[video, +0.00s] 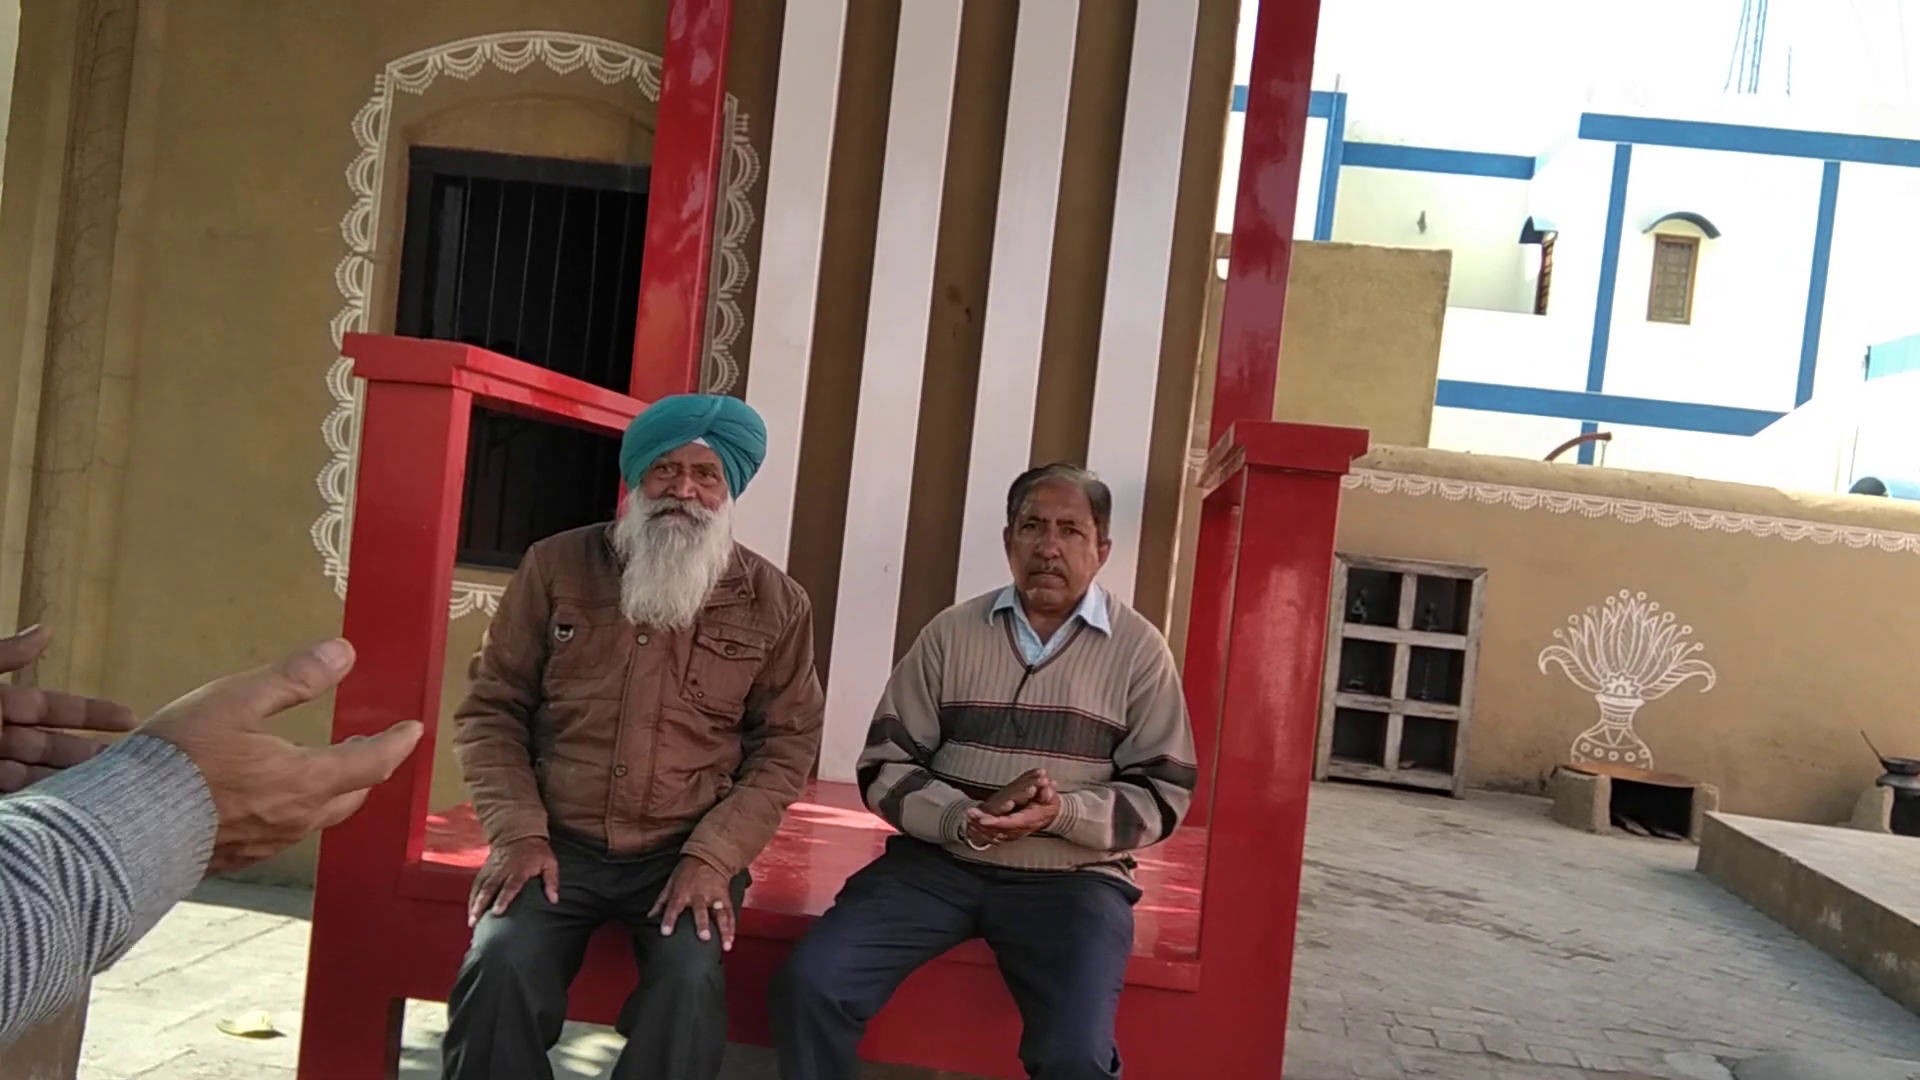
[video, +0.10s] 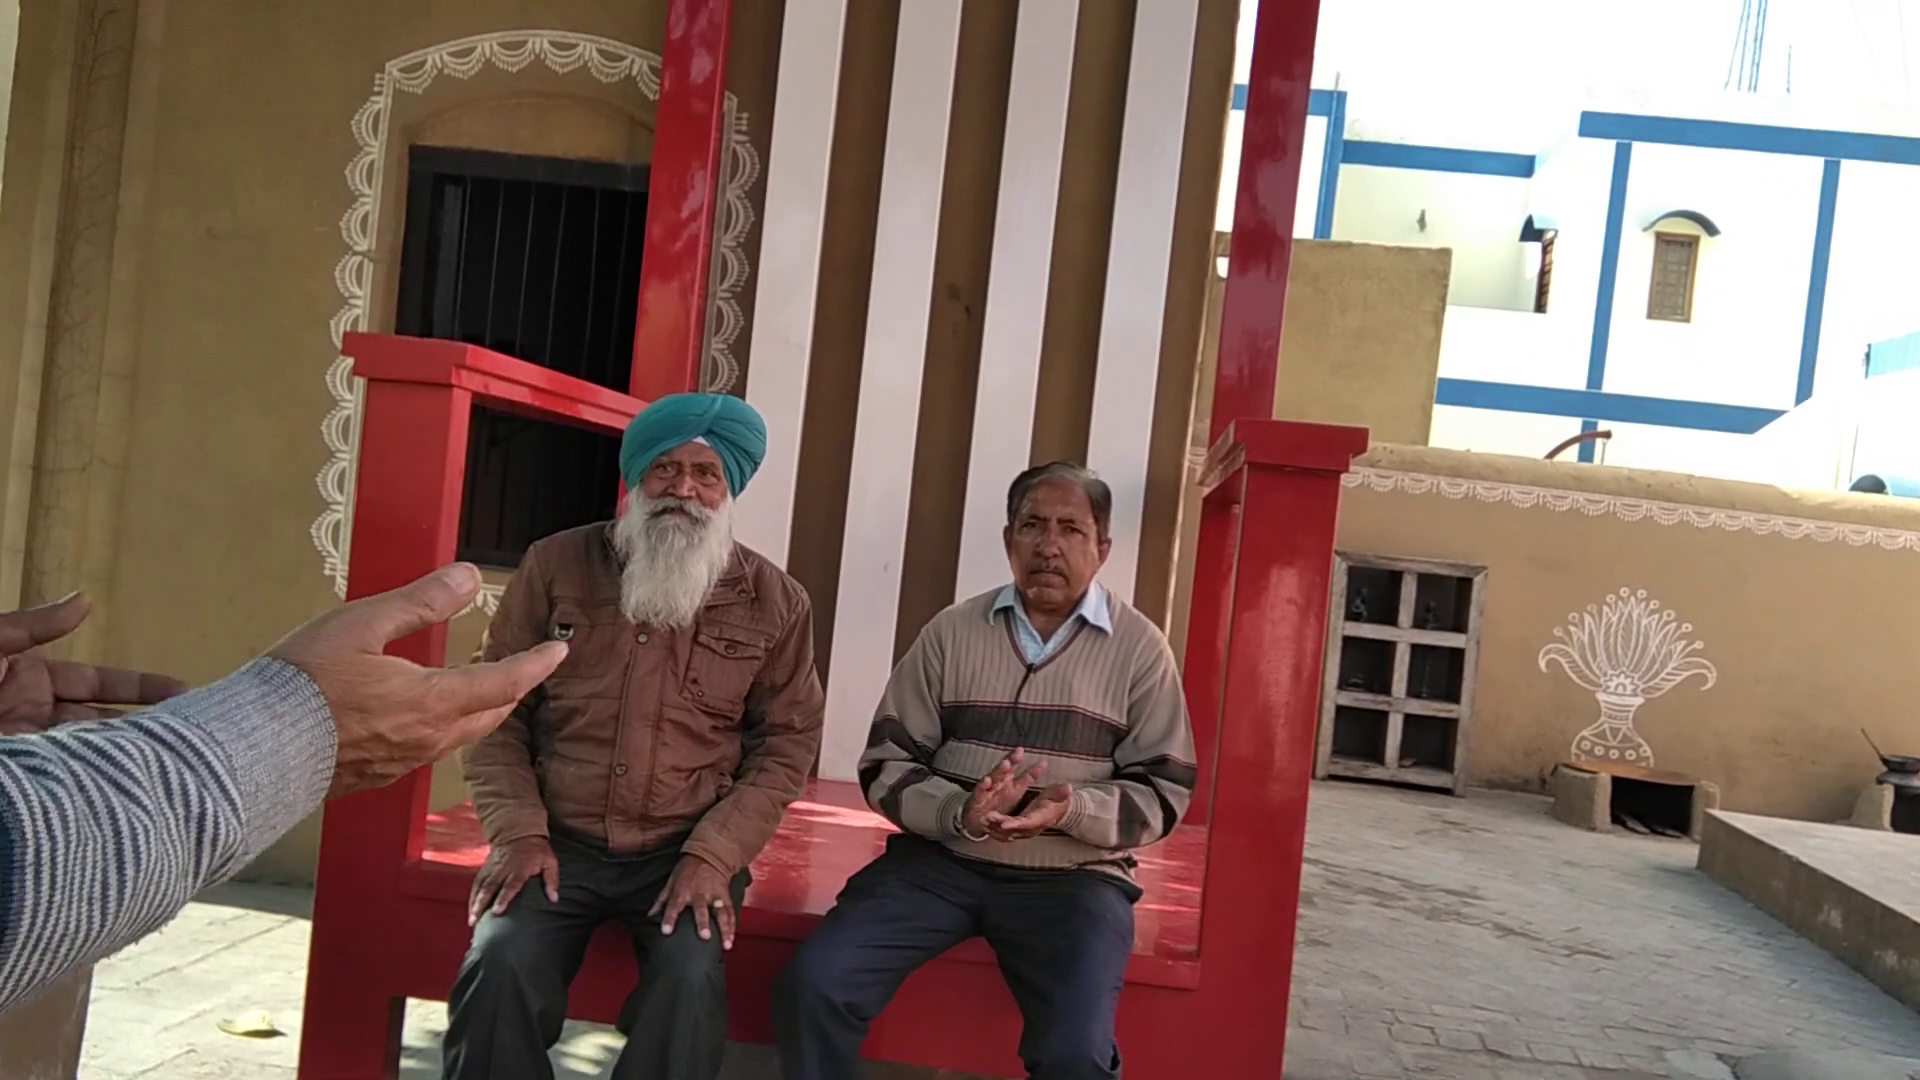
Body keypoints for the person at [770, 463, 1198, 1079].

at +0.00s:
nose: (1049, 546)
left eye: (1070, 531)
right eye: (1034, 527)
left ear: (1101, 551)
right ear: (1008, 542)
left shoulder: (1141, 652)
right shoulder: (950, 635)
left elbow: (1162, 796)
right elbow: (883, 765)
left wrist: (1063, 812)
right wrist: (965, 818)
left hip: (1071, 885)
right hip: (935, 865)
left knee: (1074, 1054)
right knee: (810, 987)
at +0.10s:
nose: (1050, 545)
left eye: (1070, 530)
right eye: (1034, 526)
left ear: (1101, 551)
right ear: (1009, 541)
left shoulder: (1142, 651)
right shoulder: (950, 634)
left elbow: (1164, 791)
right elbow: (884, 766)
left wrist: (1073, 808)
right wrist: (962, 811)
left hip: (1072, 882)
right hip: (936, 864)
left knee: (1074, 1051)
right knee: (813, 988)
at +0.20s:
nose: (1050, 544)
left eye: (1070, 529)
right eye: (1034, 525)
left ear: (1102, 550)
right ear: (1009, 540)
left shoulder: (1142, 649)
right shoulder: (950, 632)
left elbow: (1165, 788)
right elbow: (885, 765)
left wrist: (1083, 810)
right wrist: (957, 802)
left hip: (1074, 881)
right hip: (937, 861)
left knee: (1074, 1050)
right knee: (814, 989)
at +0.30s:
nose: (1051, 544)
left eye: (1071, 529)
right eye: (1035, 525)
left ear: (1103, 549)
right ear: (1010, 540)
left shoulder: (1142, 648)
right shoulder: (951, 631)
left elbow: (1163, 790)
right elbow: (884, 763)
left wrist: (1069, 798)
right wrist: (969, 807)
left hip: (1075, 879)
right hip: (937, 862)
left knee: (1075, 1051)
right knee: (812, 989)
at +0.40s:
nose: (1052, 545)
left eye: (1073, 530)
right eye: (1037, 526)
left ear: (1104, 551)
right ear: (1010, 542)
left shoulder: (1143, 648)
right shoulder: (951, 632)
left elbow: (1163, 794)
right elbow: (882, 764)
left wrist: (1068, 792)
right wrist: (967, 805)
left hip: (1075, 879)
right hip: (937, 861)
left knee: (1074, 1049)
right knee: (810, 988)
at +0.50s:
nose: (1053, 547)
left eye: (1074, 531)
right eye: (1038, 528)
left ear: (1104, 552)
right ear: (1011, 542)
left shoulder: (1143, 650)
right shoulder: (952, 633)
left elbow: (1162, 796)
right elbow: (884, 766)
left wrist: (1066, 790)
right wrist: (968, 805)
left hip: (1074, 882)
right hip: (937, 863)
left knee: (1073, 1049)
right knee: (809, 987)